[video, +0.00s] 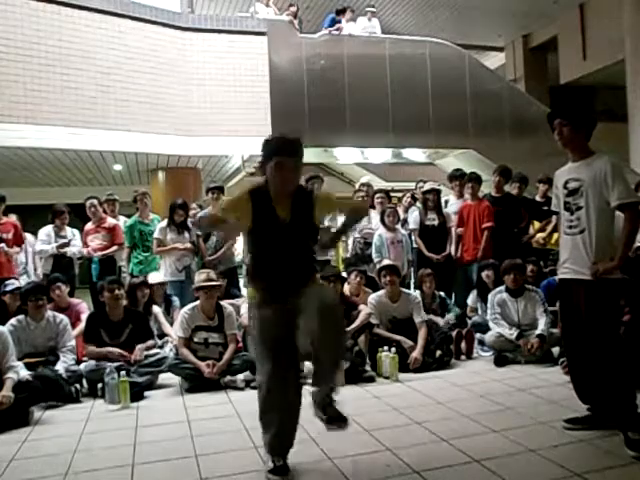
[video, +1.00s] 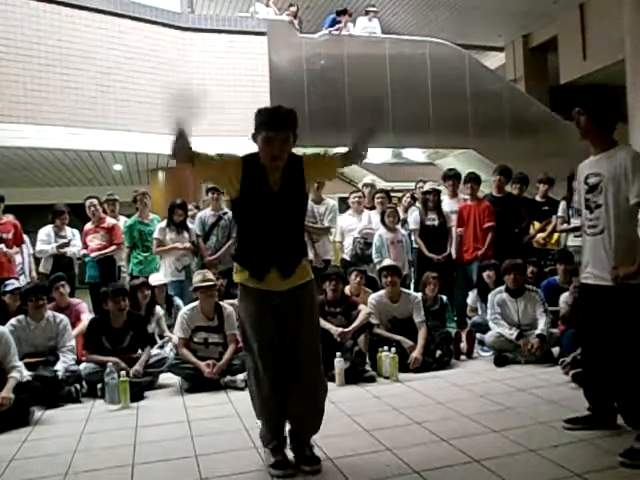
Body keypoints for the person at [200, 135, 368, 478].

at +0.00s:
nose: (287, 177)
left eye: (293, 170)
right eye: (280, 170)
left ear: (301, 171)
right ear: (266, 169)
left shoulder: (311, 200)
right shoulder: (249, 199)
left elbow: (360, 208)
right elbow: (205, 221)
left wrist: (336, 235)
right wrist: (222, 224)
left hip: (306, 292)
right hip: (266, 296)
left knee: (328, 307)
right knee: (275, 374)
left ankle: (324, 397)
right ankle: (277, 451)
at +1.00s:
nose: (275, 150)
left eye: (282, 142)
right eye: (268, 142)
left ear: (292, 141)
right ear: (256, 140)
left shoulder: (305, 166)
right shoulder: (237, 170)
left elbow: (348, 159)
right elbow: (191, 161)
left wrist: (359, 144)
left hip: (299, 281)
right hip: (255, 285)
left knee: (306, 363)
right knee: (265, 365)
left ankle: (303, 442)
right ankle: (274, 444)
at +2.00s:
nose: (267, 143)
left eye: (274, 136)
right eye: (260, 135)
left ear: (283, 141)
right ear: (246, 142)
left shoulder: (300, 184)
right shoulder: (228, 190)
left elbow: (331, 219)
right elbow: (211, 243)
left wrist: (325, 250)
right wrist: (234, 232)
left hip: (300, 300)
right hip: (253, 304)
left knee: (315, 385)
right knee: (263, 393)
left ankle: (294, 438)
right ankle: (273, 467)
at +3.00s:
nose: (279, 117)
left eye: (286, 110)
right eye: (269, 109)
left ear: (294, 118)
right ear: (249, 117)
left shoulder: (310, 170)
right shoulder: (228, 176)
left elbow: (353, 177)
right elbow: (222, 247)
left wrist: (361, 158)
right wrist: (226, 312)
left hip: (318, 314)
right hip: (264, 319)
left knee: (319, 416)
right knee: (270, 418)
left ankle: (309, 475)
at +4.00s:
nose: (246, 151)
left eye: (254, 144)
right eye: (241, 144)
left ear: (277, 146)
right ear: (235, 149)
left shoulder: (305, 194)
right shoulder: (225, 196)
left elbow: (318, 252)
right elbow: (174, 236)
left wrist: (320, 294)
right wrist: (181, 192)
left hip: (306, 322)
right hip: (253, 328)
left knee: (326, 417)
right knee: (252, 417)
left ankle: (315, 477)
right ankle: (250, 455)